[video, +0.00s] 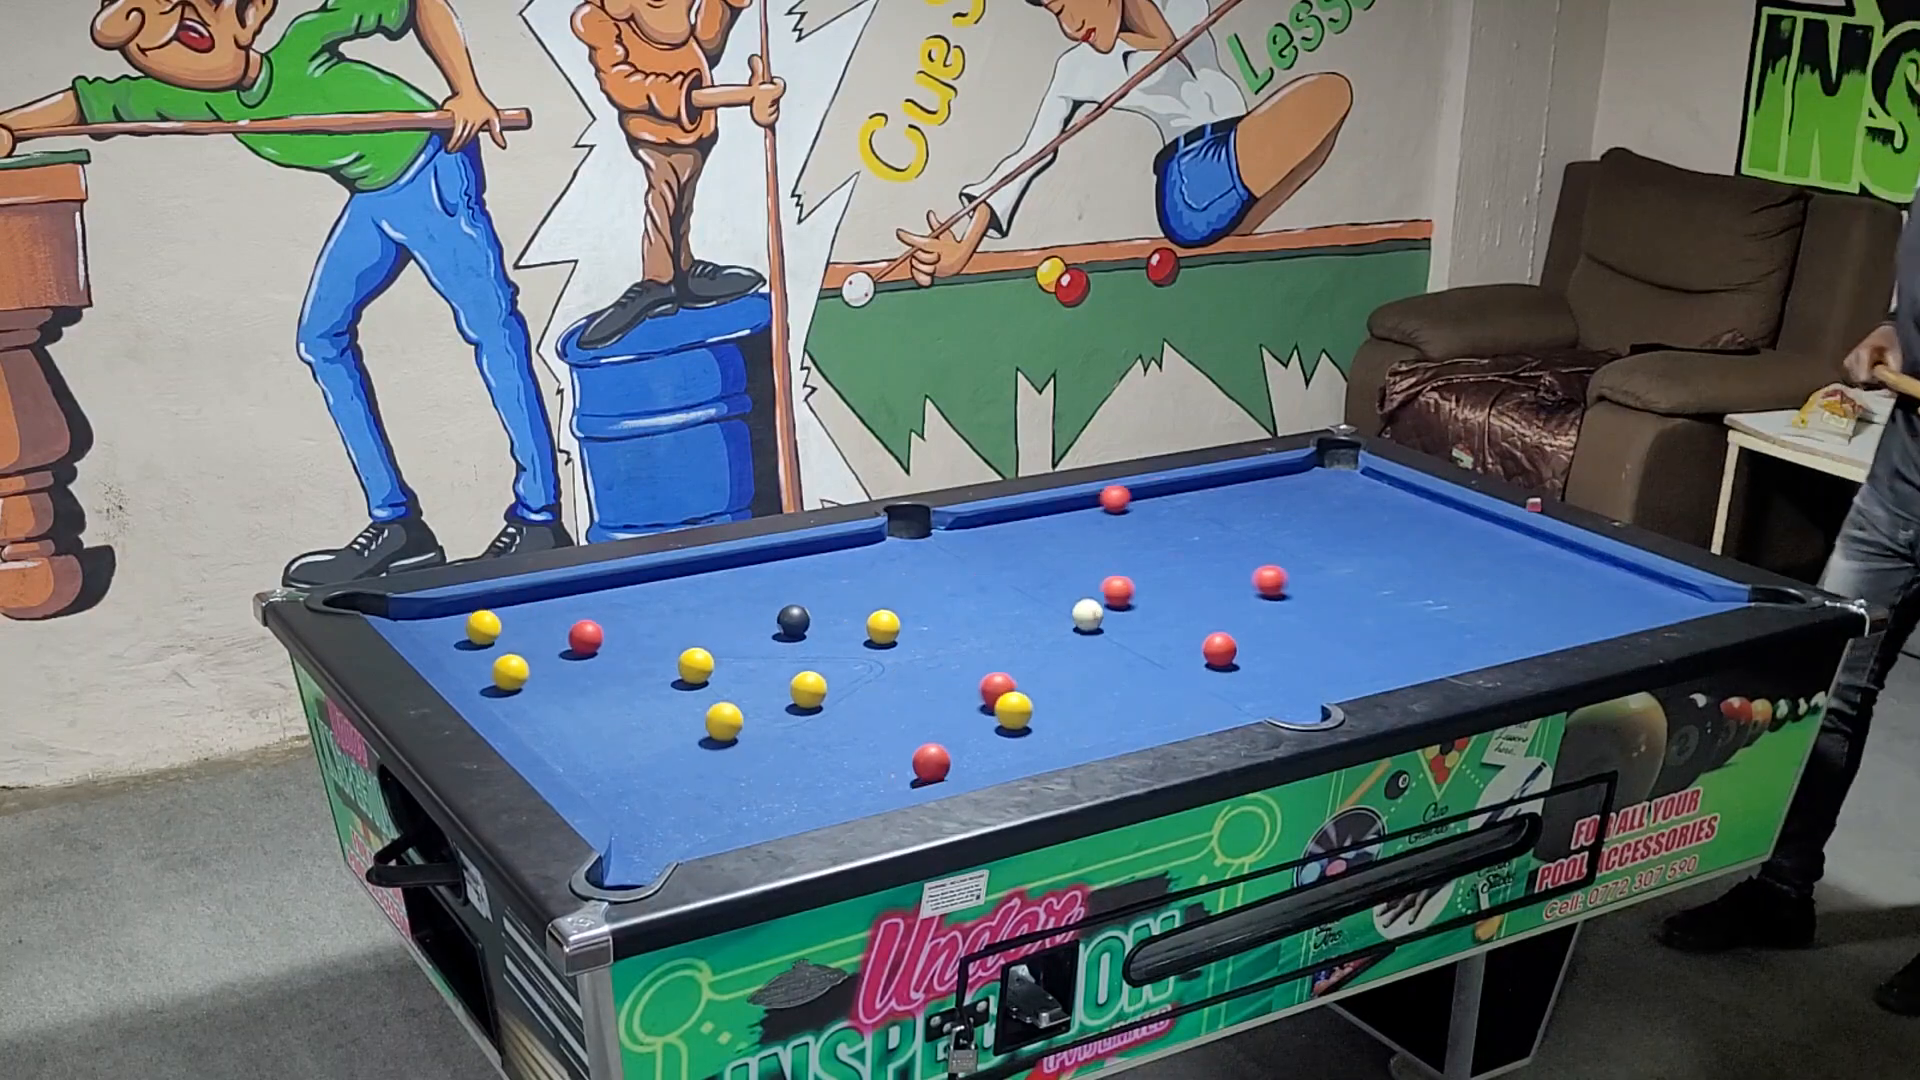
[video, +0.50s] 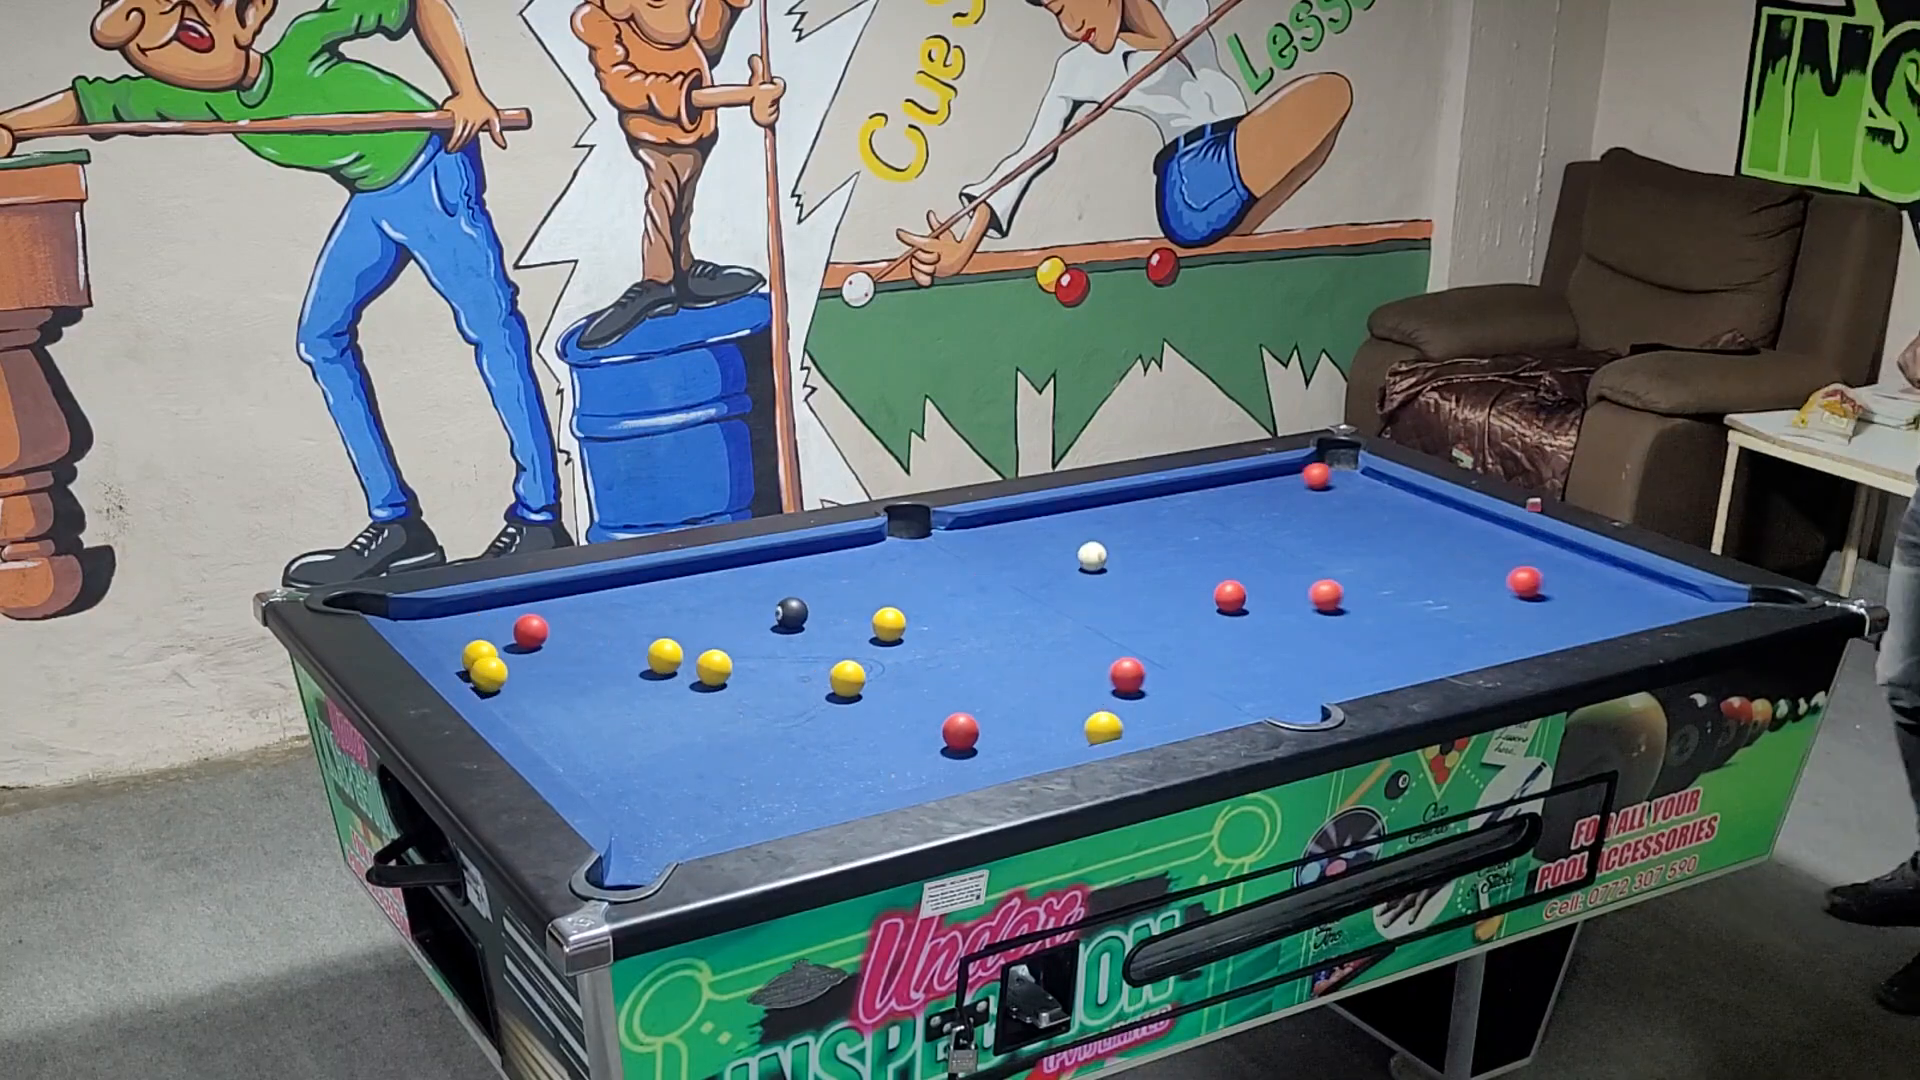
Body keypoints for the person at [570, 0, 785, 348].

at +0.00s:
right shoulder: (596, 19)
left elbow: (707, 48)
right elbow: (625, 88)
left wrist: (730, 6)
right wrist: (746, 94)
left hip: (695, 88)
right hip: (644, 103)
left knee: (688, 174)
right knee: (665, 173)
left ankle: (682, 269)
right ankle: (656, 282)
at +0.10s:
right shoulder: (596, 19)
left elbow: (707, 48)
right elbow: (625, 88)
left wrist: (730, 6)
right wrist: (746, 94)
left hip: (695, 88)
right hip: (644, 103)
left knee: (688, 174)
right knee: (665, 173)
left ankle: (682, 269)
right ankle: (656, 282)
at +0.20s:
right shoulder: (596, 19)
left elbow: (707, 47)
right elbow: (625, 88)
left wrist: (730, 6)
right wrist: (746, 94)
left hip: (695, 87)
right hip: (644, 103)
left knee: (688, 174)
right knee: (665, 173)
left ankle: (682, 269)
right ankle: (656, 282)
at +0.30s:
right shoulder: (596, 19)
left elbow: (707, 47)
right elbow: (625, 88)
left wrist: (730, 6)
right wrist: (746, 94)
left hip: (694, 87)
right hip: (644, 103)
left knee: (688, 174)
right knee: (666, 174)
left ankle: (682, 268)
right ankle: (656, 282)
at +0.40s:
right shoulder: (596, 19)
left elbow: (707, 47)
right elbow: (626, 88)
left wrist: (729, 6)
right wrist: (747, 94)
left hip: (694, 87)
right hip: (644, 103)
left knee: (688, 174)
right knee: (666, 173)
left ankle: (682, 268)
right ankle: (656, 281)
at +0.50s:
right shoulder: (596, 19)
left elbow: (707, 47)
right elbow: (626, 88)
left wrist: (730, 6)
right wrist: (747, 94)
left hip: (695, 88)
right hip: (644, 104)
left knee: (688, 174)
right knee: (666, 173)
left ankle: (682, 268)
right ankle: (657, 281)